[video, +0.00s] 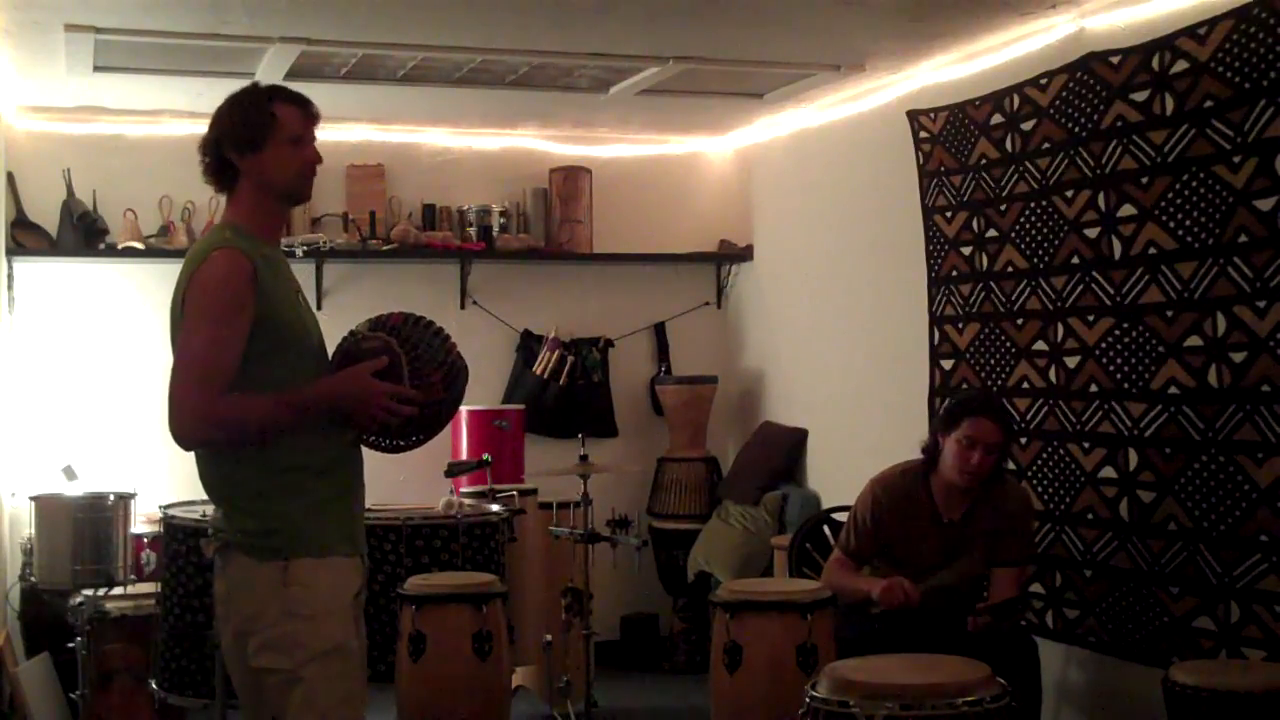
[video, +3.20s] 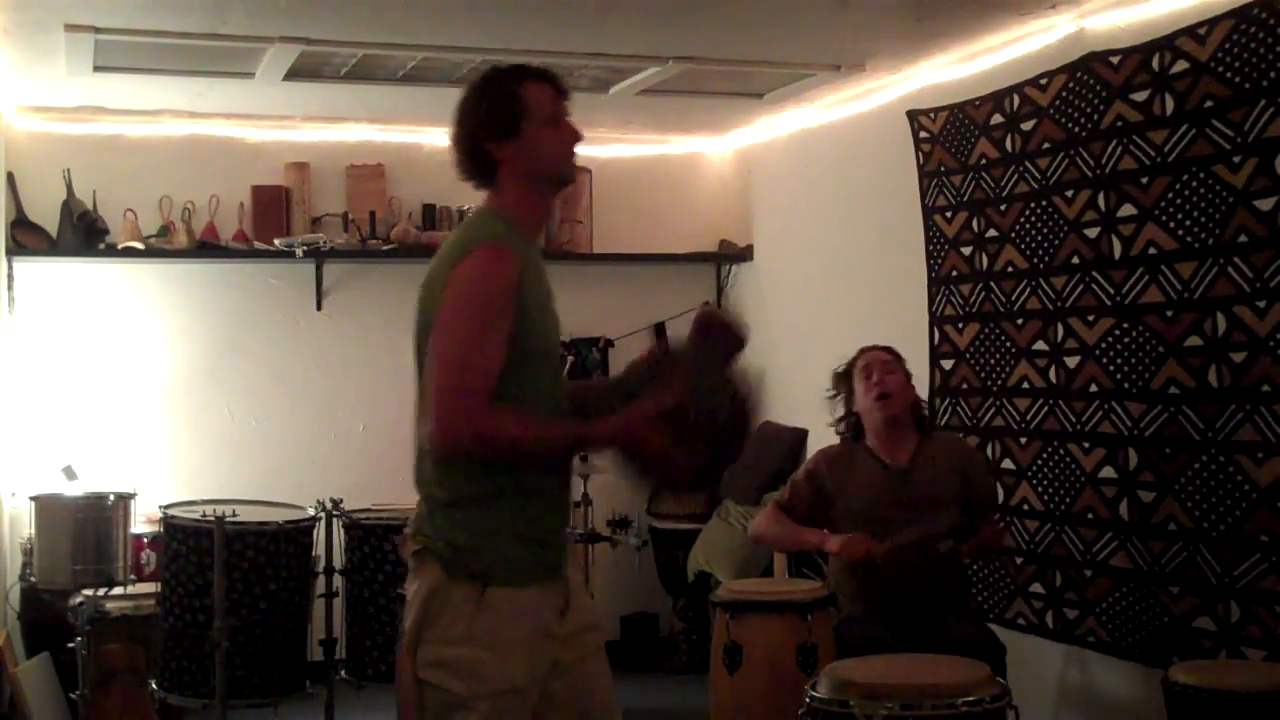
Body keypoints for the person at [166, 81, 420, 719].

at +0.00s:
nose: (316, 154)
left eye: (314, 140)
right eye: (298, 142)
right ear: (247, 154)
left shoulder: (261, 261)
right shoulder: (227, 263)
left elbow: (260, 398)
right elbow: (193, 417)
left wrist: (350, 381)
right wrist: (330, 397)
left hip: (309, 561)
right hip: (284, 567)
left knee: (318, 705)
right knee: (306, 707)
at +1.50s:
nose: (358, 145)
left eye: (355, 131)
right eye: (339, 133)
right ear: (286, 152)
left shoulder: (307, 257)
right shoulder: (279, 259)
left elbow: (324, 414)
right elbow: (233, 414)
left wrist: (418, 417)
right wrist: (384, 449)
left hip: (329, 560)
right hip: (309, 566)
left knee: (329, 707)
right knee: (340, 708)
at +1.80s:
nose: (411, 130)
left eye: (403, 117)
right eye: (390, 120)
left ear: (358, 147)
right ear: (341, 146)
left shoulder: (389, 251)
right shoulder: (317, 252)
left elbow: (375, 400)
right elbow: (248, 404)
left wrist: (464, 401)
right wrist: (407, 437)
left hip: (381, 550)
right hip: (333, 559)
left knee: (388, 704)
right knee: (360, 707)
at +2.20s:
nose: (484, 125)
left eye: (476, 111)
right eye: (462, 114)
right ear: (408, 140)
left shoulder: (444, 243)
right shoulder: (371, 267)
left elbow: (436, 377)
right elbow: (341, 445)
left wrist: (536, 356)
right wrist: (498, 426)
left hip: (431, 555)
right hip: (377, 569)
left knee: (437, 705)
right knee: (393, 709)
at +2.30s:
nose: (485, 119)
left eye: (478, 106)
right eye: (465, 108)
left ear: (423, 138)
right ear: (409, 135)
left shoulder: (430, 244)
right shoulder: (394, 255)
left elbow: (454, 358)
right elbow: (409, 444)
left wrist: (563, 348)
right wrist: (566, 416)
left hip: (438, 559)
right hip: (390, 572)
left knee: (474, 702)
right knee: (412, 709)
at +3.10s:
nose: (545, 136)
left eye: (539, 122)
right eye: (525, 124)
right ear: (472, 144)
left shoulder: (487, 255)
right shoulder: (471, 263)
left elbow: (499, 403)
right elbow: (434, 438)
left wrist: (594, 414)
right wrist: (577, 492)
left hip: (527, 570)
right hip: (472, 581)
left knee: (575, 713)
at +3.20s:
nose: (575, 131)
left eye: (568, 118)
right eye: (557, 119)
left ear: (514, 148)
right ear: (503, 145)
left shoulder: (515, 253)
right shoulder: (488, 255)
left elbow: (521, 401)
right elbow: (457, 421)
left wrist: (625, 391)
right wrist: (609, 429)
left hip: (537, 577)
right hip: (478, 586)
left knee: (588, 712)